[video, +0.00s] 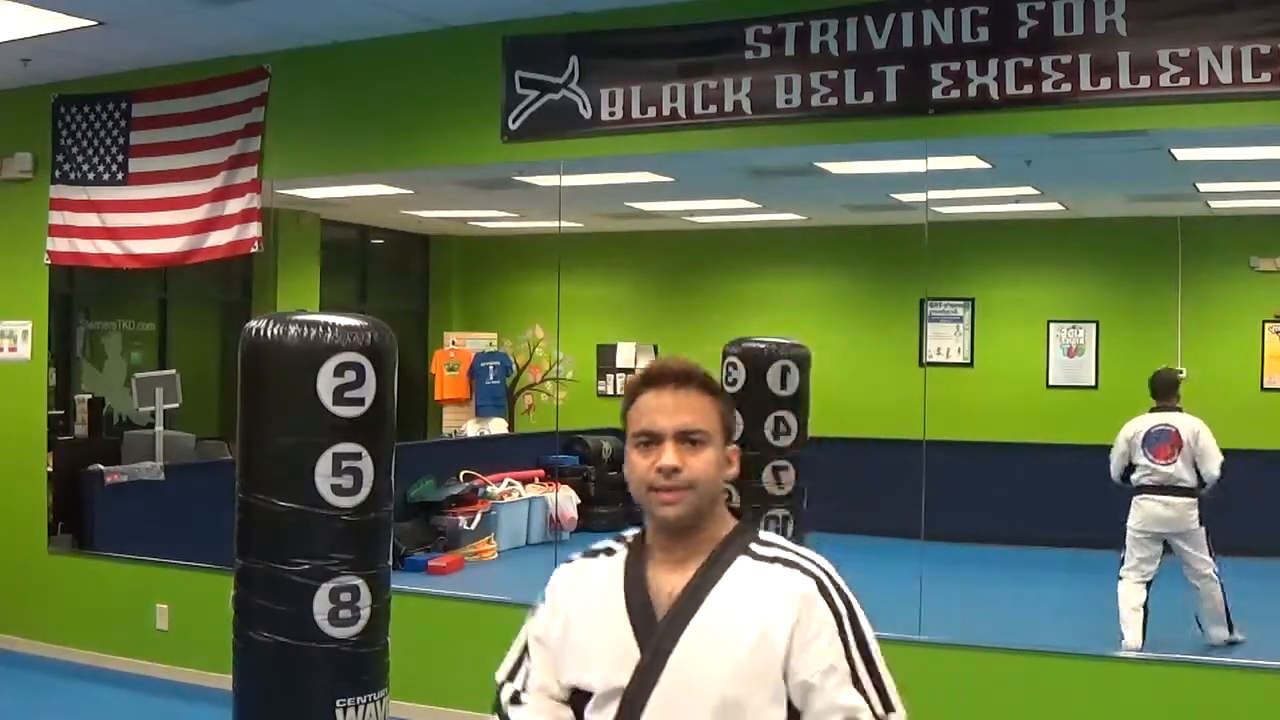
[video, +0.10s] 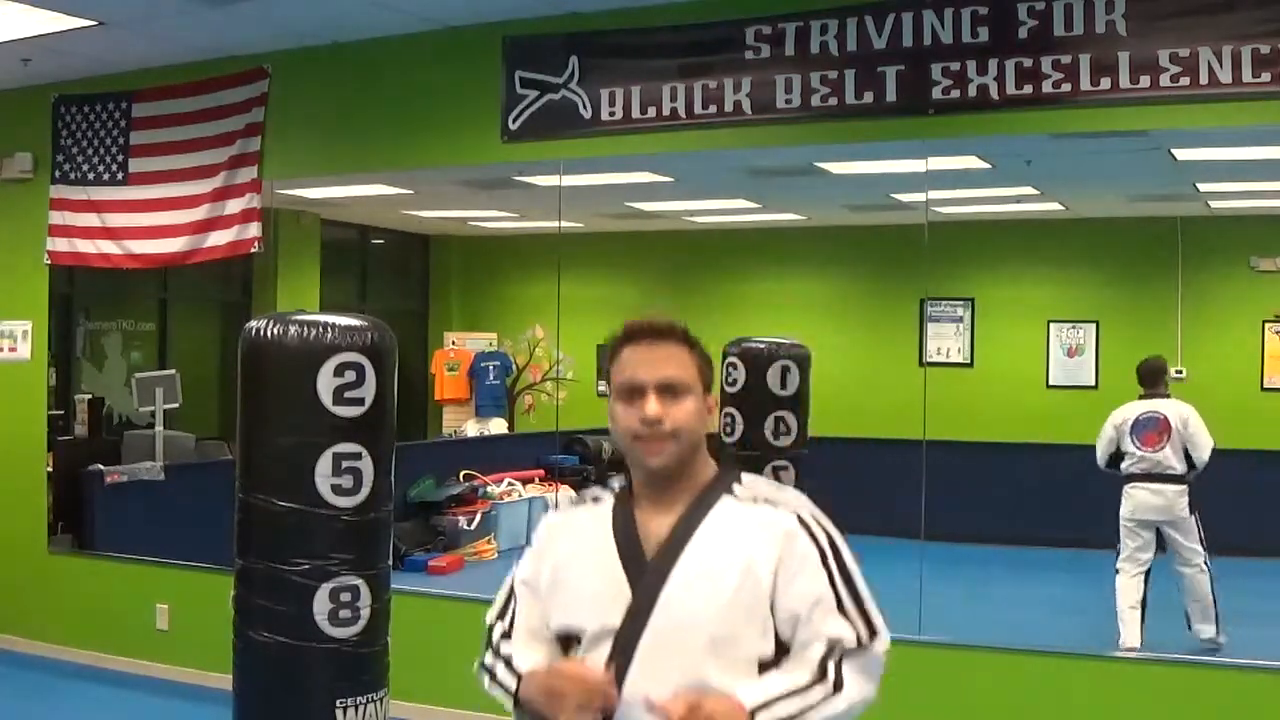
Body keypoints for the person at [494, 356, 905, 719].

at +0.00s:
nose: (667, 461)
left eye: (690, 441)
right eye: (647, 442)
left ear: (731, 461)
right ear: (626, 462)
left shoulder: (802, 589)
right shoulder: (575, 585)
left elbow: (867, 716)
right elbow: (526, 703)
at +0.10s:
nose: (651, 413)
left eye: (671, 393)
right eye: (631, 395)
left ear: (710, 408)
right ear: (609, 409)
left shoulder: (784, 525)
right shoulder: (563, 530)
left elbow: (849, 655)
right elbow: (502, 647)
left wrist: (747, 706)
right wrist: (530, 687)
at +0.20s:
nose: (644, 353)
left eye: (665, 336)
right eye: (626, 338)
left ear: (701, 356)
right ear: (605, 358)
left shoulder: (772, 459)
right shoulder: (562, 473)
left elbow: (852, 581)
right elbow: (515, 586)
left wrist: (747, 640)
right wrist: (541, 625)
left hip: (740, 709)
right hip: (614, 709)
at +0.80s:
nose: (696, 366)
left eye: (718, 352)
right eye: (681, 349)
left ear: (749, 375)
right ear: (659, 365)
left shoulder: (801, 474)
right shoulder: (602, 476)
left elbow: (874, 589)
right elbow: (558, 581)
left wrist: (780, 628)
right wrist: (580, 619)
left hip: (759, 707)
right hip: (640, 708)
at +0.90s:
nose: (705, 414)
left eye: (727, 400)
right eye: (691, 397)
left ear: (756, 422)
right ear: (670, 411)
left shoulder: (808, 531)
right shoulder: (612, 525)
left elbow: (863, 658)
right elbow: (569, 630)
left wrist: (789, 678)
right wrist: (579, 678)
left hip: (756, 715)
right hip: (640, 712)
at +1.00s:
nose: (704, 400)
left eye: (724, 387)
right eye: (688, 384)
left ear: (752, 408)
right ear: (666, 401)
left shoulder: (804, 511)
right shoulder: (611, 505)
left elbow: (851, 631)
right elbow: (569, 611)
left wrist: (783, 660)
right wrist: (592, 649)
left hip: (750, 713)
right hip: (631, 710)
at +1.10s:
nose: (692, 355)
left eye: (709, 340)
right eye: (674, 340)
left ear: (739, 362)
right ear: (652, 359)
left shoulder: (797, 453)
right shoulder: (601, 459)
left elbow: (863, 561)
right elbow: (559, 566)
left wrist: (774, 605)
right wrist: (592, 596)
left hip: (752, 706)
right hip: (636, 704)